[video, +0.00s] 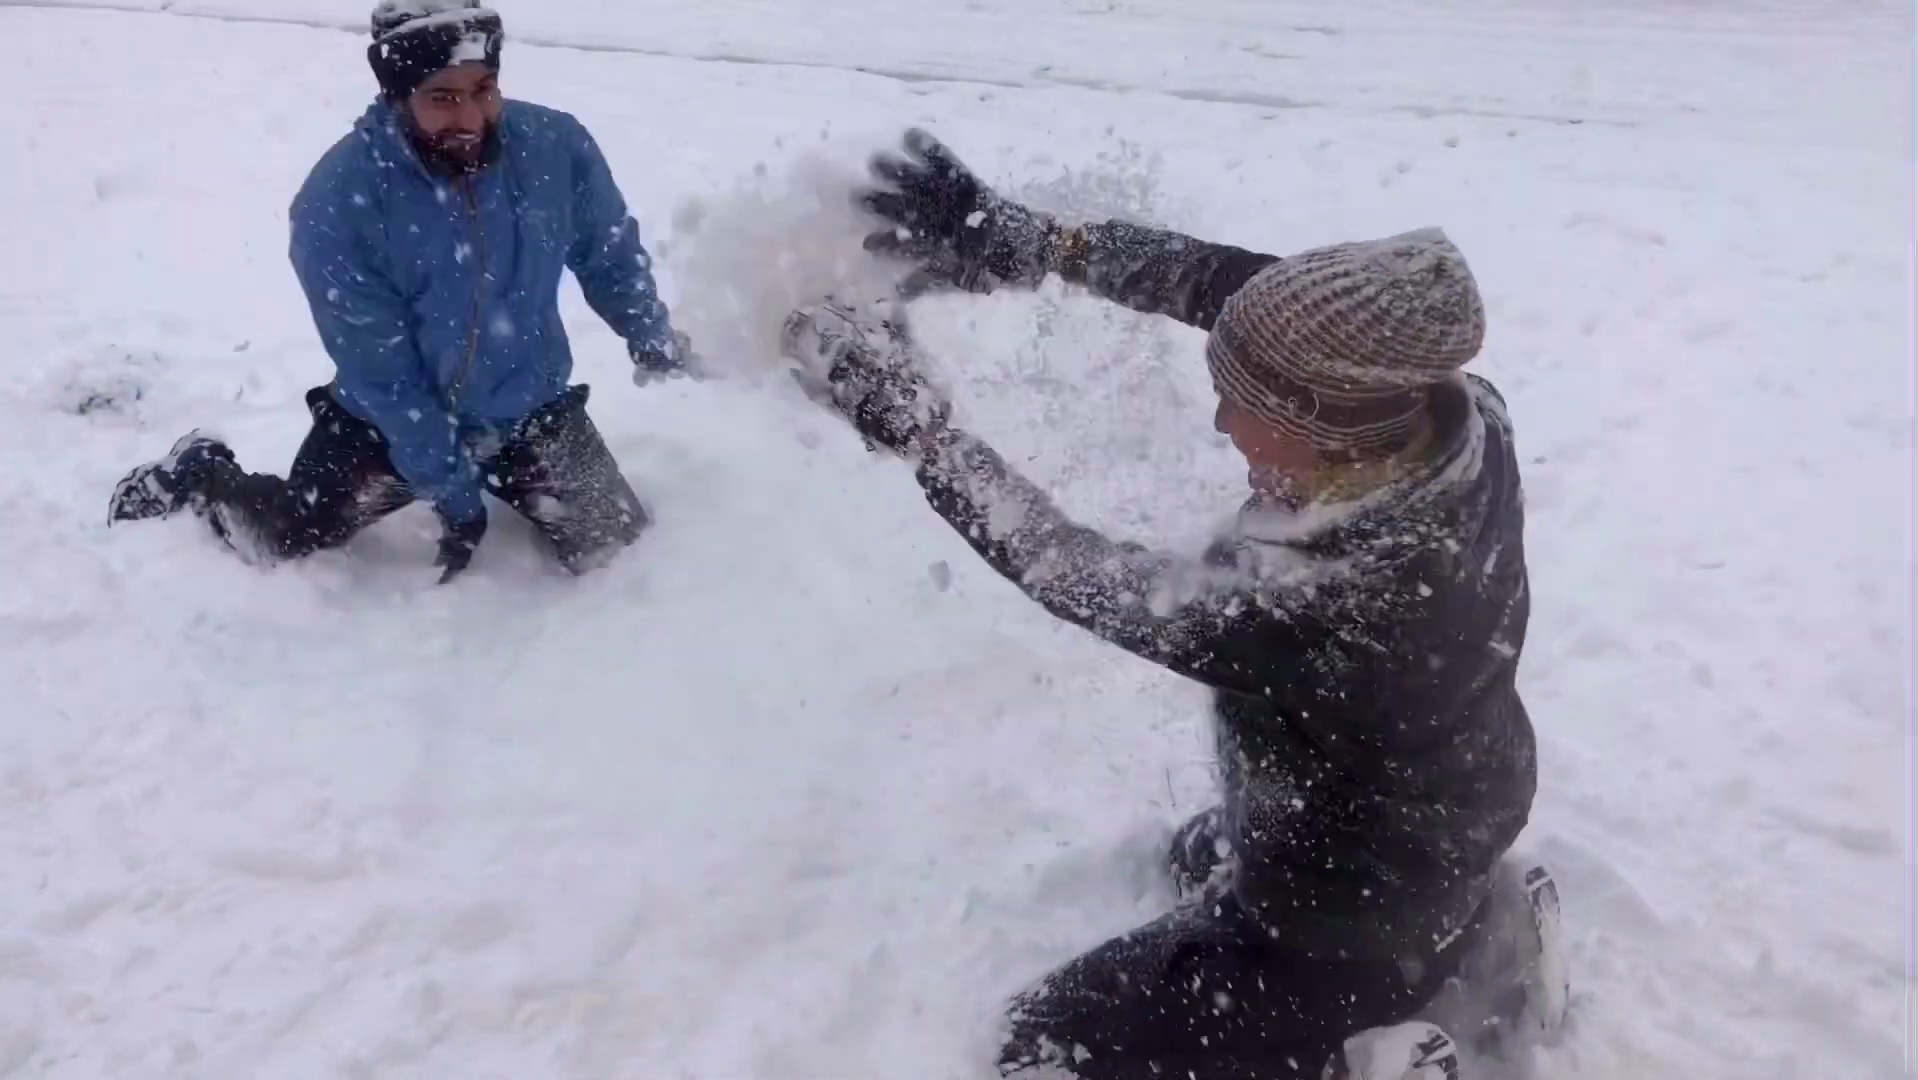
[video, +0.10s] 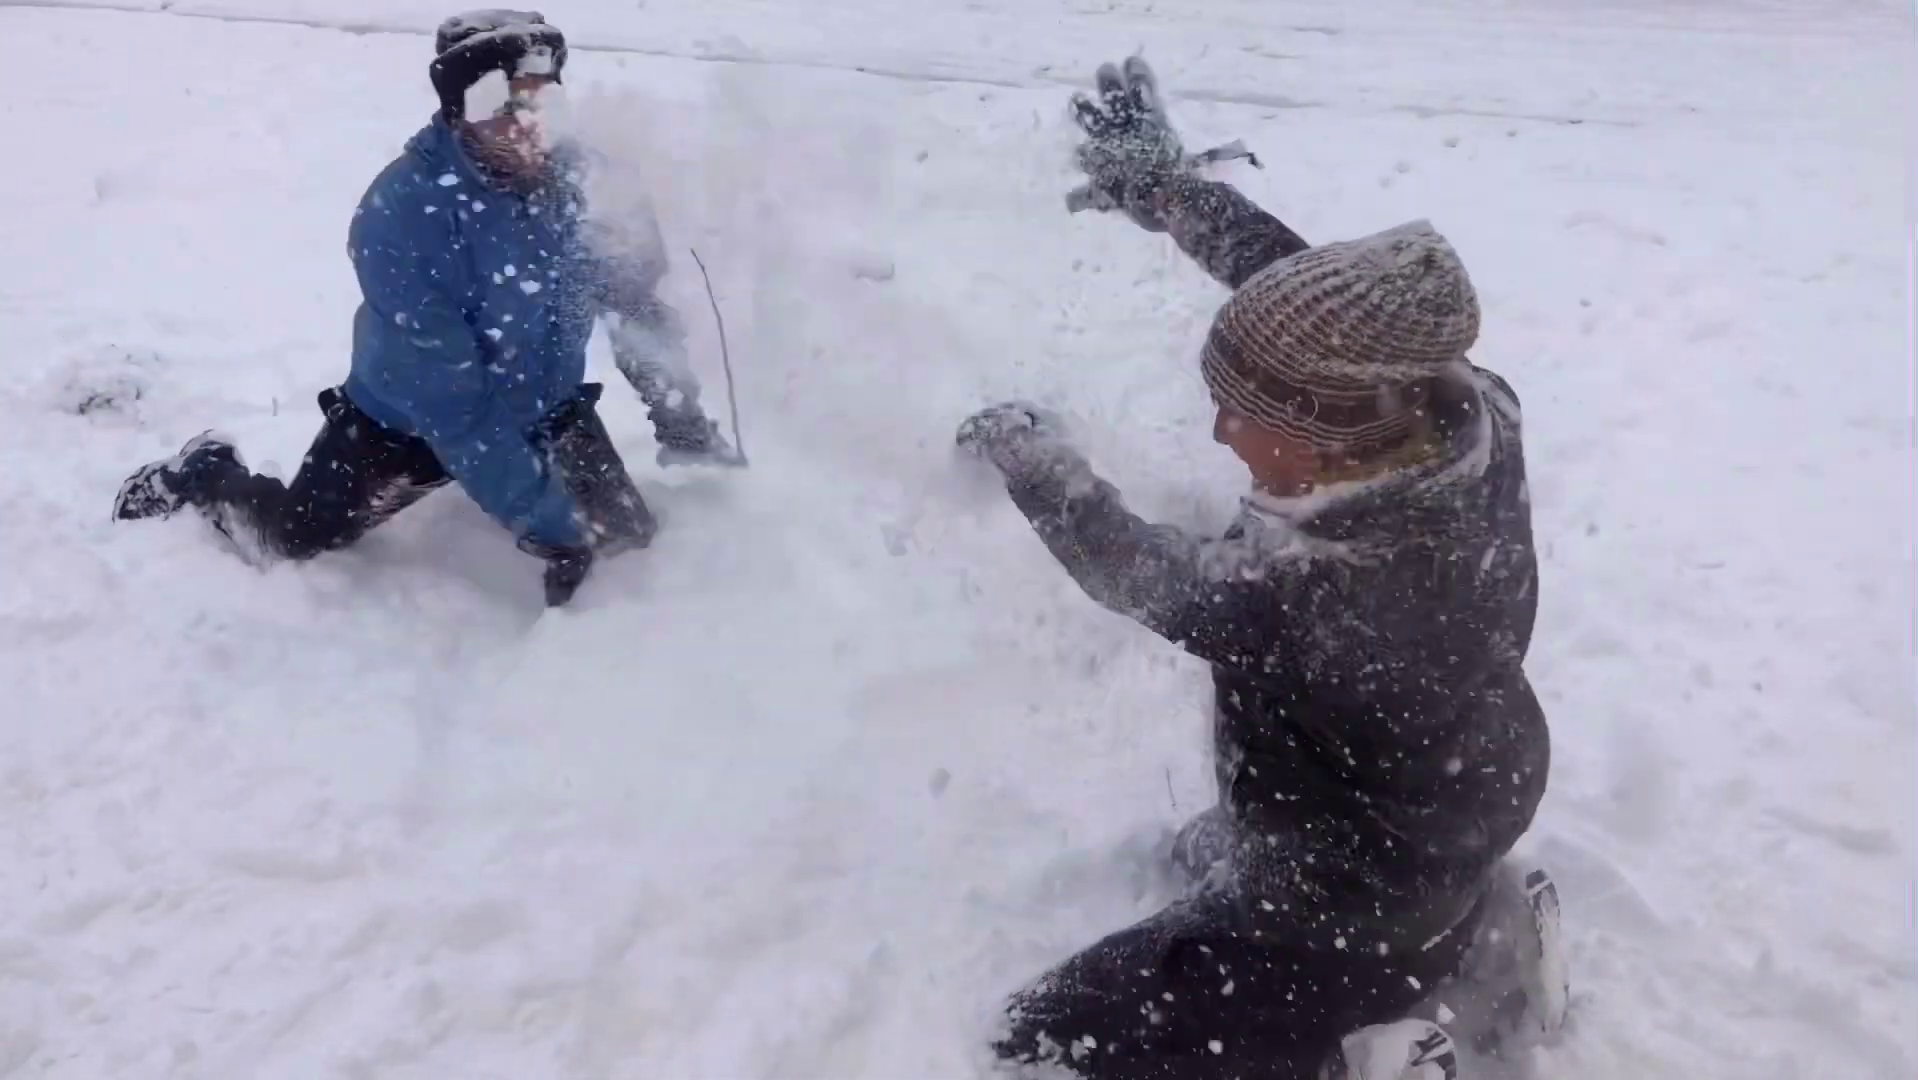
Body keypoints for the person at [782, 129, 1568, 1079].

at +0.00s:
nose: (1229, 428)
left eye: (1252, 418)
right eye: (1235, 404)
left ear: (1342, 436)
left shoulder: (1335, 618)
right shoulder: (1439, 409)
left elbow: (1079, 573)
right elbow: (1224, 289)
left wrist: (916, 422)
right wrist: (1013, 239)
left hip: (1366, 905)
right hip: (1448, 791)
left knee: (1045, 1042)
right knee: (1200, 860)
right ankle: (1445, 905)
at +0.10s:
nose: (1223, 428)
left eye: (1242, 415)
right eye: (1227, 406)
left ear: (1330, 431)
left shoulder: (1334, 592)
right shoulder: (1460, 407)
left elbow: (1142, 576)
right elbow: (1321, 291)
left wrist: (1034, 459)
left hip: (1389, 877)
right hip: (1467, 761)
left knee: (1045, 1043)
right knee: (1205, 855)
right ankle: (1469, 929)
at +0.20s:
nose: (1219, 445)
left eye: (1237, 431)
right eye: (1222, 423)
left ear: (1326, 447)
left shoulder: (1331, 614)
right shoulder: (1487, 422)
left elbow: (1147, 626)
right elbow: (1405, 303)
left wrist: (1135, 475)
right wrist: (1293, 192)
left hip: (1365, 911)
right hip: (1484, 791)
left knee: (1035, 1039)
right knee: (1203, 852)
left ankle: (1330, 1055)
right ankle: (1462, 935)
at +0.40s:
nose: (1240, 505)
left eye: (1255, 481)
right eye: (1238, 477)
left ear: (1336, 485)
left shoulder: (1345, 638)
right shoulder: (1519, 475)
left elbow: (1172, 719)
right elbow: (1476, 352)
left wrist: (1190, 539)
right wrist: (1344, 220)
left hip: (1371, 940)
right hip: (1488, 846)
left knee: (1034, 1043)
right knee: (1190, 854)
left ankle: (1333, 1057)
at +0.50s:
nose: (1259, 559)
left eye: (1264, 534)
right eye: (1249, 535)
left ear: (1344, 511)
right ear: (1406, 444)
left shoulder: (1380, 678)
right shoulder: (1529, 472)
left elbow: (1207, 797)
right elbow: (1448, 343)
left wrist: (1169, 588)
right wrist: (1288, 246)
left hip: (1398, 961)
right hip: (1502, 872)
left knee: (1038, 1042)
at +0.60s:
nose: (1285, 584)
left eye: (1296, 563)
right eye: (1280, 560)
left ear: (1366, 549)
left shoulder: (1413, 724)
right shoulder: (1512, 479)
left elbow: (1238, 870)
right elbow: (1390, 370)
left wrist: (1136, 674)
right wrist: (1200, 311)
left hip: (1415, 967)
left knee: (1062, 1040)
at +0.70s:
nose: (1263, 603)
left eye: (1275, 589)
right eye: (1251, 576)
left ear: (1336, 594)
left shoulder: (1474, 784)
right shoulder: (1445, 483)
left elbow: (1310, 979)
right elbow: (1288, 410)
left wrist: (1124, 798)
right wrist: (1081, 416)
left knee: (1062, 1044)